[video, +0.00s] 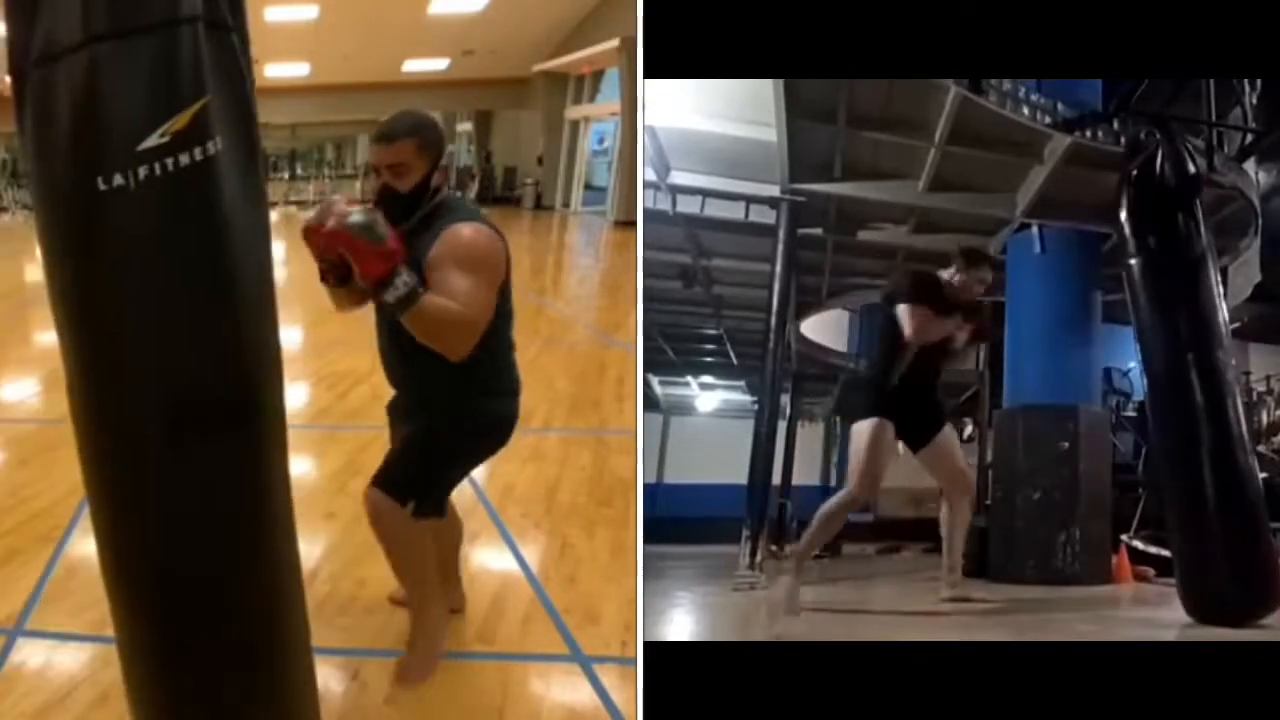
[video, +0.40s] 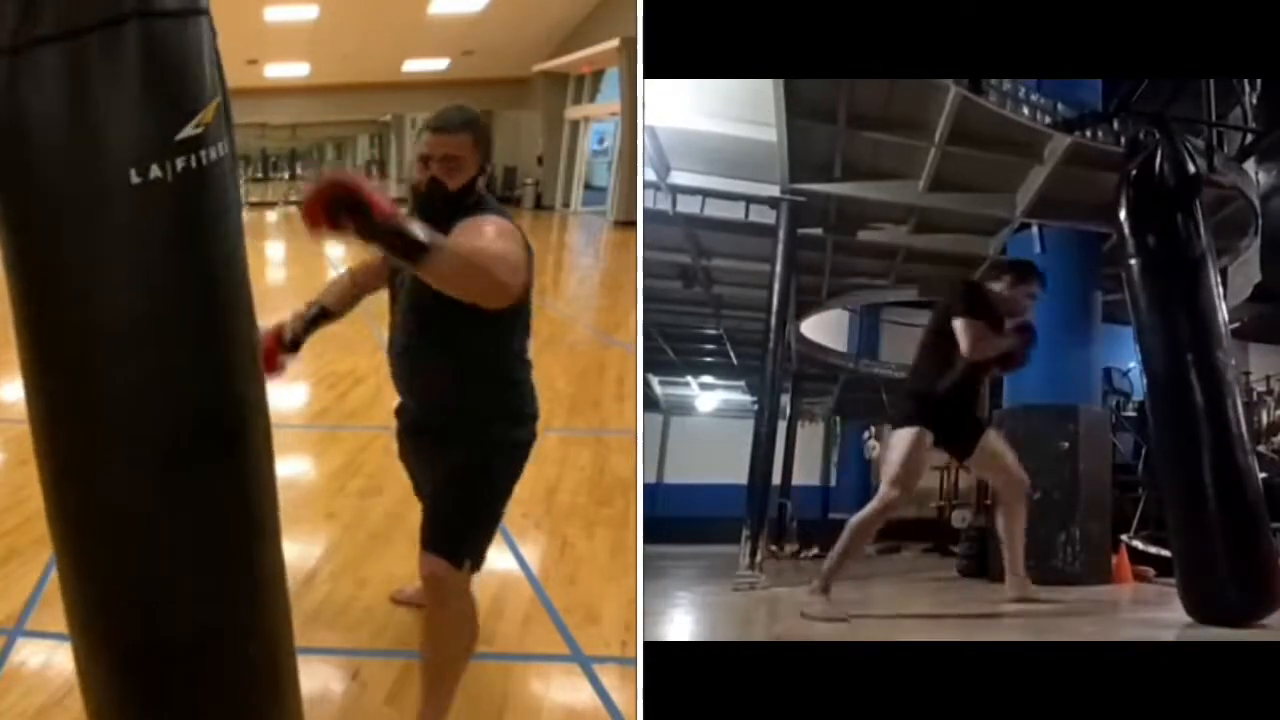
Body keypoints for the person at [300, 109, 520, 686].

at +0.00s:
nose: (385, 185)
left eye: (399, 172)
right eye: (379, 172)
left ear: (436, 168)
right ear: (375, 165)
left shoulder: (467, 238)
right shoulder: (393, 218)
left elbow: (458, 337)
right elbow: (350, 299)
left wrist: (389, 277)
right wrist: (334, 257)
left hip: (469, 408)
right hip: (419, 393)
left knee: (387, 500)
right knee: (429, 499)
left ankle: (429, 620)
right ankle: (445, 590)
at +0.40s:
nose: (435, 175)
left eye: (452, 165)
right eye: (426, 161)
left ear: (482, 168)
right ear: (415, 161)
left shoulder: (491, 231)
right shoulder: (412, 230)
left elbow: (497, 282)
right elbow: (358, 281)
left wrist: (395, 232)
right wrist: (298, 327)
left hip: (484, 428)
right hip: (425, 414)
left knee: (444, 570)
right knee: (440, 510)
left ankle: (433, 710)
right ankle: (444, 588)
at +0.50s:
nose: (460, 178)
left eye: (479, 168)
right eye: (451, 163)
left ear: (506, 178)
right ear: (437, 165)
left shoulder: (524, 261)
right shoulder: (405, 242)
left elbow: (603, 344)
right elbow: (329, 263)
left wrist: (517, 369)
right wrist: (364, 215)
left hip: (468, 454)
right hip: (401, 435)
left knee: (417, 605)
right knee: (425, 525)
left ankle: (410, 712)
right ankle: (445, 603)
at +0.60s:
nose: (517, 172)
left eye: (538, 159)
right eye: (503, 154)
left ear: (557, 173)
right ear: (471, 158)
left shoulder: (563, 277)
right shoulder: (418, 227)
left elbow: (602, 366)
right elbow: (398, 184)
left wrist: (602, 451)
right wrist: (498, 117)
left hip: (456, 475)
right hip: (374, 450)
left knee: (413, 631)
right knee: (377, 524)